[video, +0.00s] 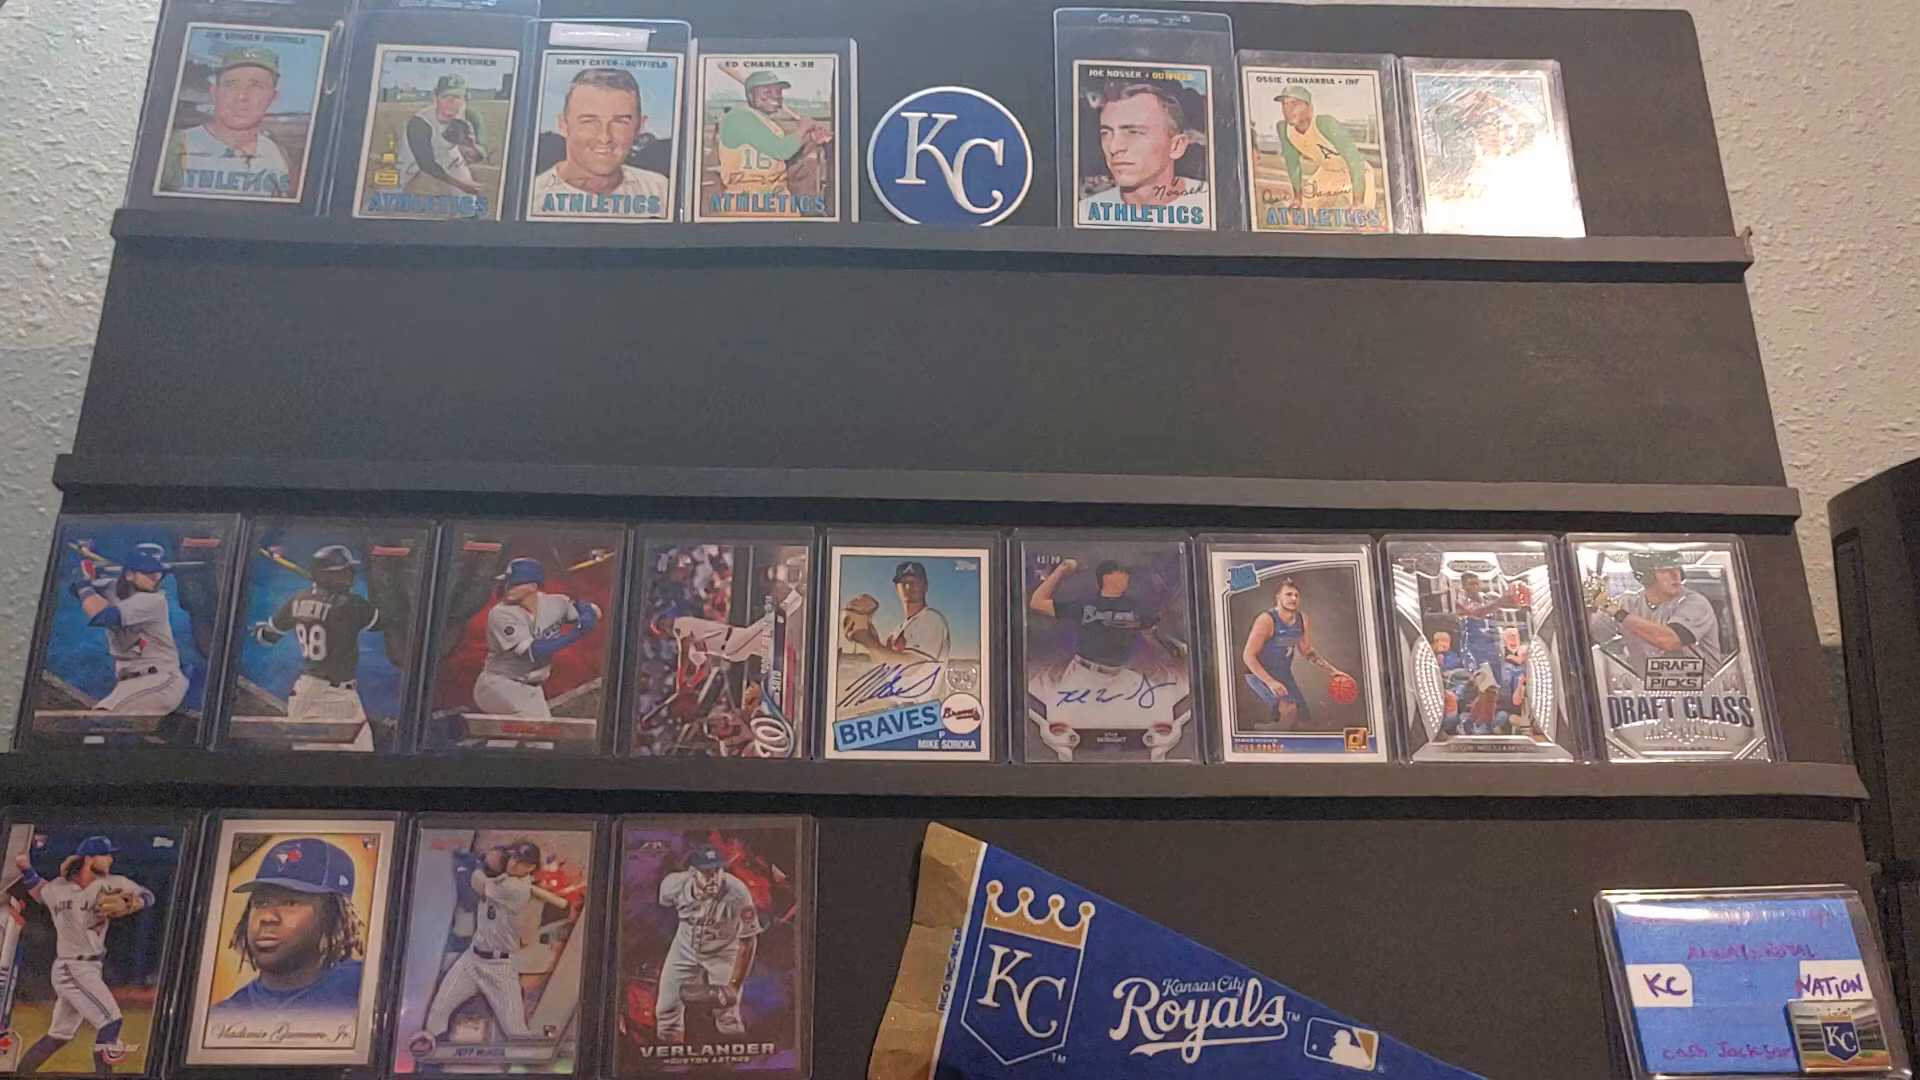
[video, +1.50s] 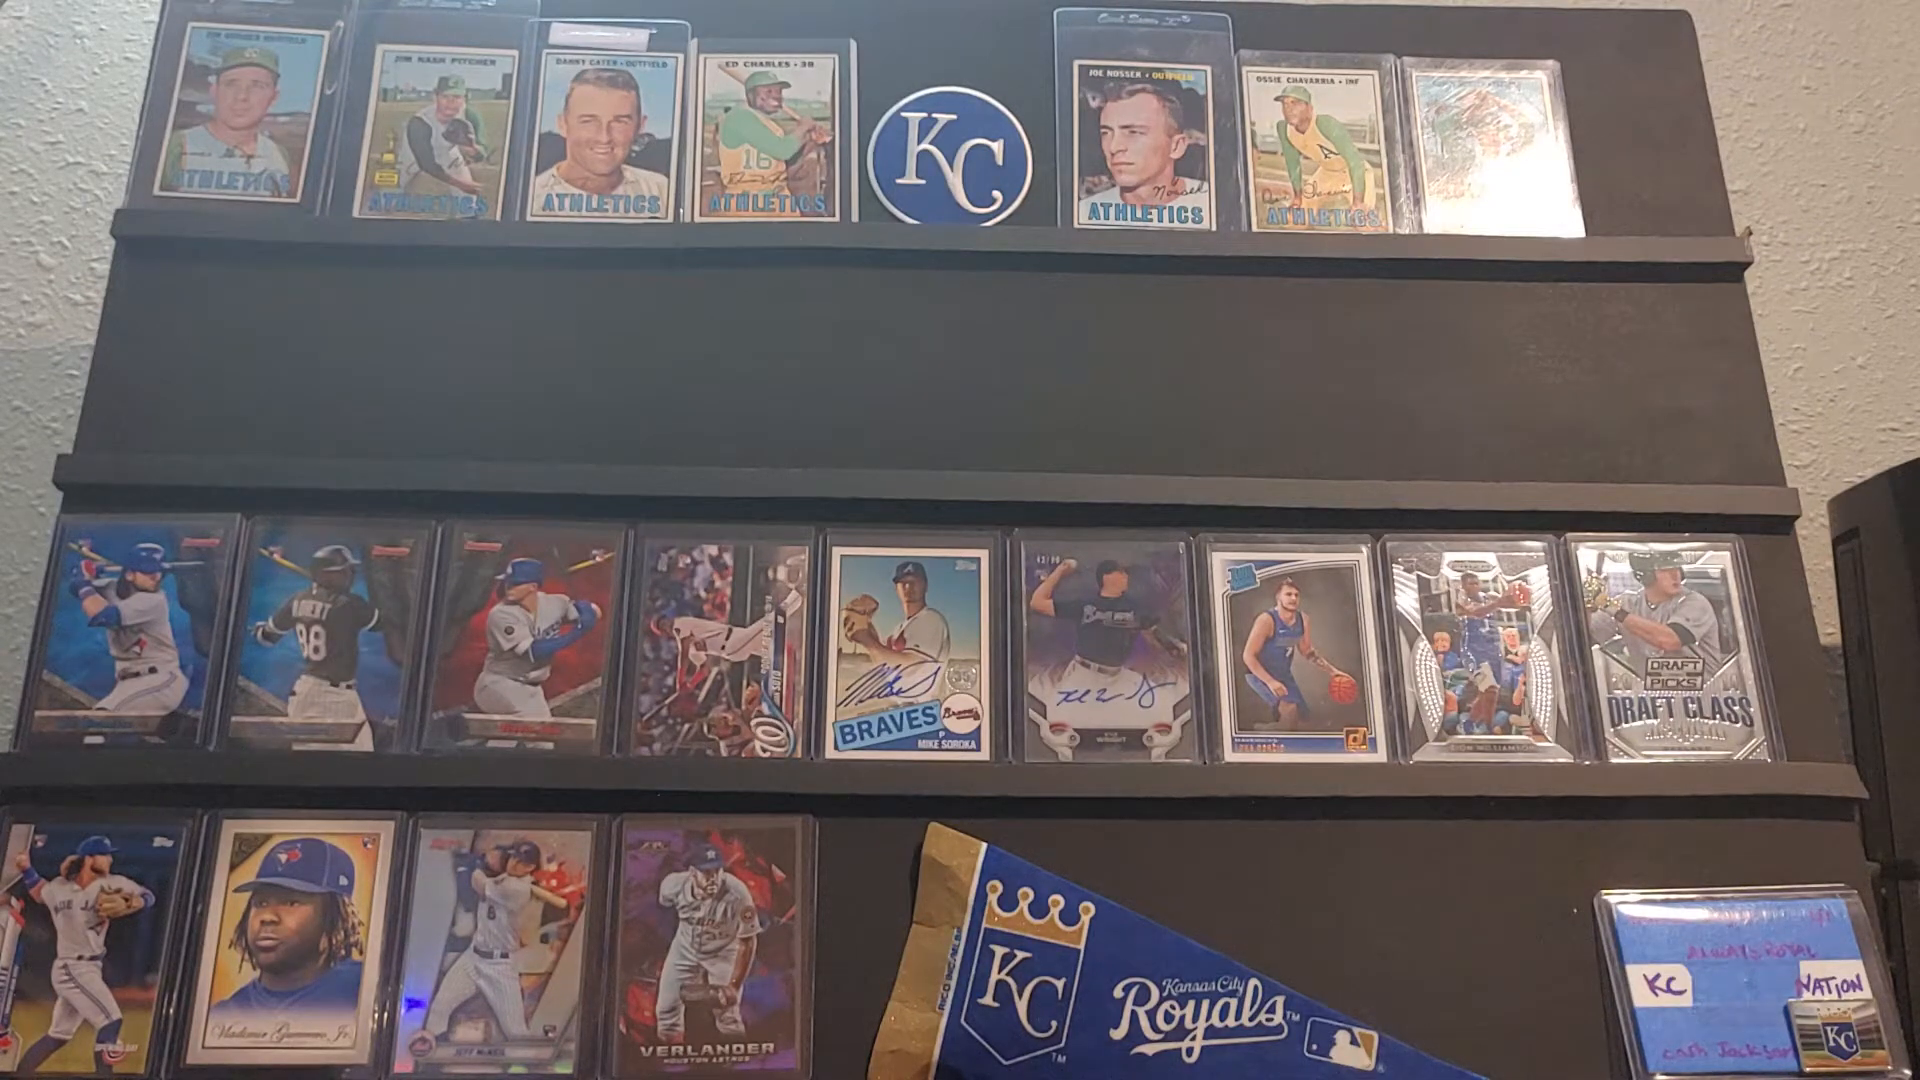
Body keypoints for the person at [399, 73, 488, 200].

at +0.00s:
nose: (451, 103)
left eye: (457, 98)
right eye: (446, 97)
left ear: (464, 100)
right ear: (436, 98)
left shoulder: (470, 116)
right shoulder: (419, 122)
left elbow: (482, 149)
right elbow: (427, 166)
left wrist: (471, 152)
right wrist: (462, 186)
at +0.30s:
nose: (451, 103)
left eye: (457, 97)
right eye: (446, 97)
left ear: (464, 100)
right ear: (436, 98)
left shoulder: (469, 116)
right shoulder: (419, 122)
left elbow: (481, 150)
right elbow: (427, 166)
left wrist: (471, 151)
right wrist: (462, 186)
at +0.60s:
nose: (452, 102)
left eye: (457, 97)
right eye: (446, 97)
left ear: (465, 100)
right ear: (437, 98)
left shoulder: (469, 116)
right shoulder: (419, 122)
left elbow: (481, 152)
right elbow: (427, 166)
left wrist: (470, 151)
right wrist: (462, 185)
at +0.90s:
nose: (452, 102)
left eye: (457, 97)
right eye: (446, 97)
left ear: (464, 100)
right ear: (437, 98)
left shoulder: (469, 116)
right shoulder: (419, 122)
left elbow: (481, 152)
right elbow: (427, 166)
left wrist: (471, 151)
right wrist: (462, 185)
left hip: (454, 166)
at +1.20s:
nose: (451, 102)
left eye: (457, 97)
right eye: (445, 97)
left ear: (464, 100)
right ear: (436, 98)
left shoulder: (467, 117)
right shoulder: (419, 123)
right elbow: (427, 166)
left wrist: (471, 152)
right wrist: (461, 185)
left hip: (454, 167)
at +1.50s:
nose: (451, 102)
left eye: (457, 97)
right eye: (445, 96)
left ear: (464, 100)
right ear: (436, 97)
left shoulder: (468, 116)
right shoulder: (419, 123)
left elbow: (481, 153)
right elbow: (428, 166)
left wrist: (470, 150)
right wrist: (462, 185)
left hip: (454, 164)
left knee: (469, 192)